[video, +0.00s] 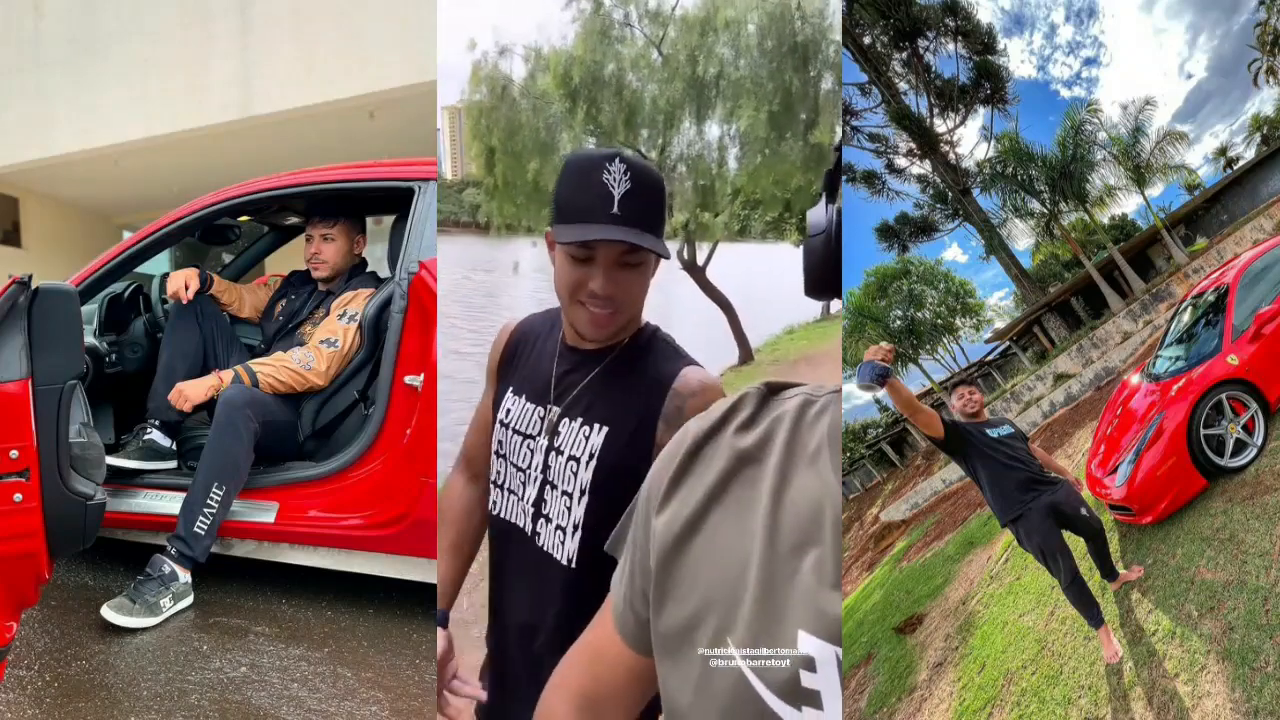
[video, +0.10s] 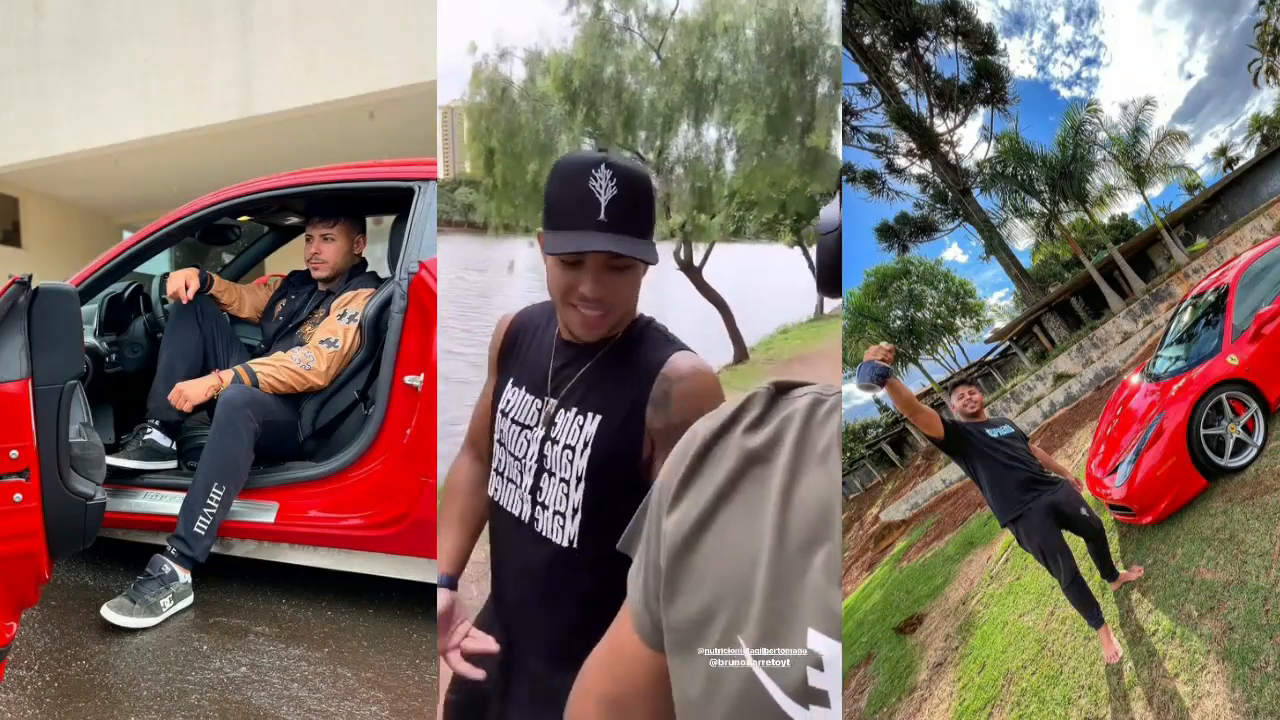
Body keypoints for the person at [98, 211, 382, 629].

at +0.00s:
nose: (314, 250)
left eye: (328, 239)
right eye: (310, 239)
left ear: (358, 245)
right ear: (304, 244)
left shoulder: (362, 297)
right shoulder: (292, 286)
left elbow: (315, 366)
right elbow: (242, 299)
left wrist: (219, 380)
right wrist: (202, 278)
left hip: (316, 410)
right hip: (266, 389)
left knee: (239, 402)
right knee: (196, 303)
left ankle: (177, 568)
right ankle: (161, 433)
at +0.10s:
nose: (314, 250)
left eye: (328, 239)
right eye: (310, 239)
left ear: (358, 245)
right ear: (304, 244)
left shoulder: (362, 297)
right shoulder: (292, 286)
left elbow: (315, 366)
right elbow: (242, 299)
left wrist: (219, 380)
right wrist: (202, 278)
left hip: (316, 410)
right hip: (266, 389)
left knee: (239, 402)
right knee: (196, 303)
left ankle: (177, 568)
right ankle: (161, 433)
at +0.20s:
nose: (315, 249)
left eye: (328, 239)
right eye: (310, 239)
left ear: (358, 245)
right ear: (304, 244)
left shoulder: (361, 297)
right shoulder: (292, 286)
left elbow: (315, 366)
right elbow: (243, 299)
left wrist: (220, 380)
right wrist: (203, 279)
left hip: (315, 410)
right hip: (265, 388)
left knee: (239, 402)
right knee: (196, 303)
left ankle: (177, 568)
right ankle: (161, 433)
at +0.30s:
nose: (315, 249)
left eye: (328, 239)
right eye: (310, 239)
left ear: (358, 245)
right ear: (304, 244)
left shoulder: (361, 297)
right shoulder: (292, 286)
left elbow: (315, 366)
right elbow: (243, 299)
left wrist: (220, 380)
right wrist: (203, 279)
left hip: (315, 410)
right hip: (265, 388)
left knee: (239, 402)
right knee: (196, 303)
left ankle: (177, 568)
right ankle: (161, 433)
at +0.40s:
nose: (314, 250)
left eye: (328, 239)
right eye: (310, 239)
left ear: (358, 245)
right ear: (304, 244)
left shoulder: (362, 297)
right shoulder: (292, 286)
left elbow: (315, 366)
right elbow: (242, 299)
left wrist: (219, 380)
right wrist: (202, 278)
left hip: (316, 410)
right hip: (266, 389)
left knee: (239, 402)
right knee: (196, 303)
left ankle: (177, 568)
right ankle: (161, 433)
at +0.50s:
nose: (314, 250)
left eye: (328, 239)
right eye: (310, 239)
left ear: (358, 245)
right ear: (304, 244)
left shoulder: (362, 297)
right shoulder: (292, 286)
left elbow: (315, 366)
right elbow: (242, 299)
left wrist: (219, 380)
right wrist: (202, 278)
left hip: (316, 410)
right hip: (266, 389)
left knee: (239, 402)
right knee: (196, 303)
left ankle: (177, 568)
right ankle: (161, 433)